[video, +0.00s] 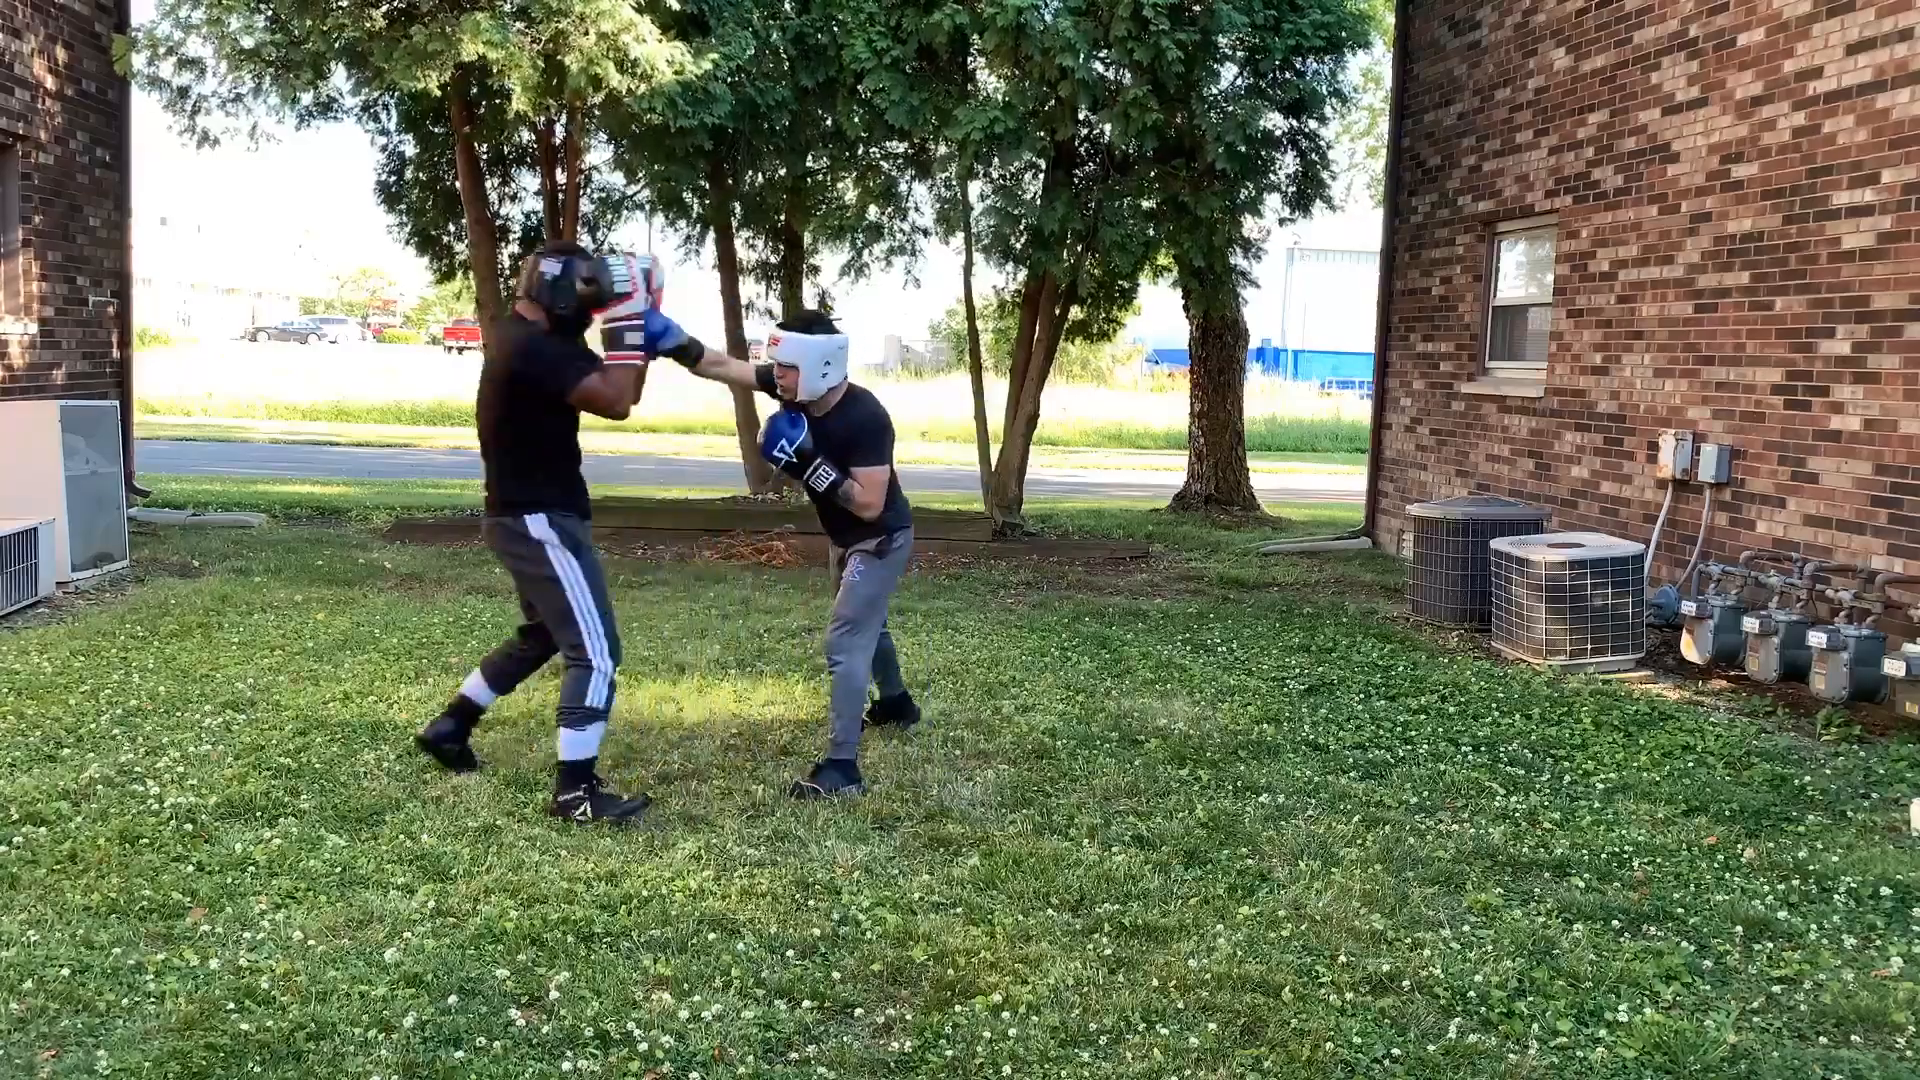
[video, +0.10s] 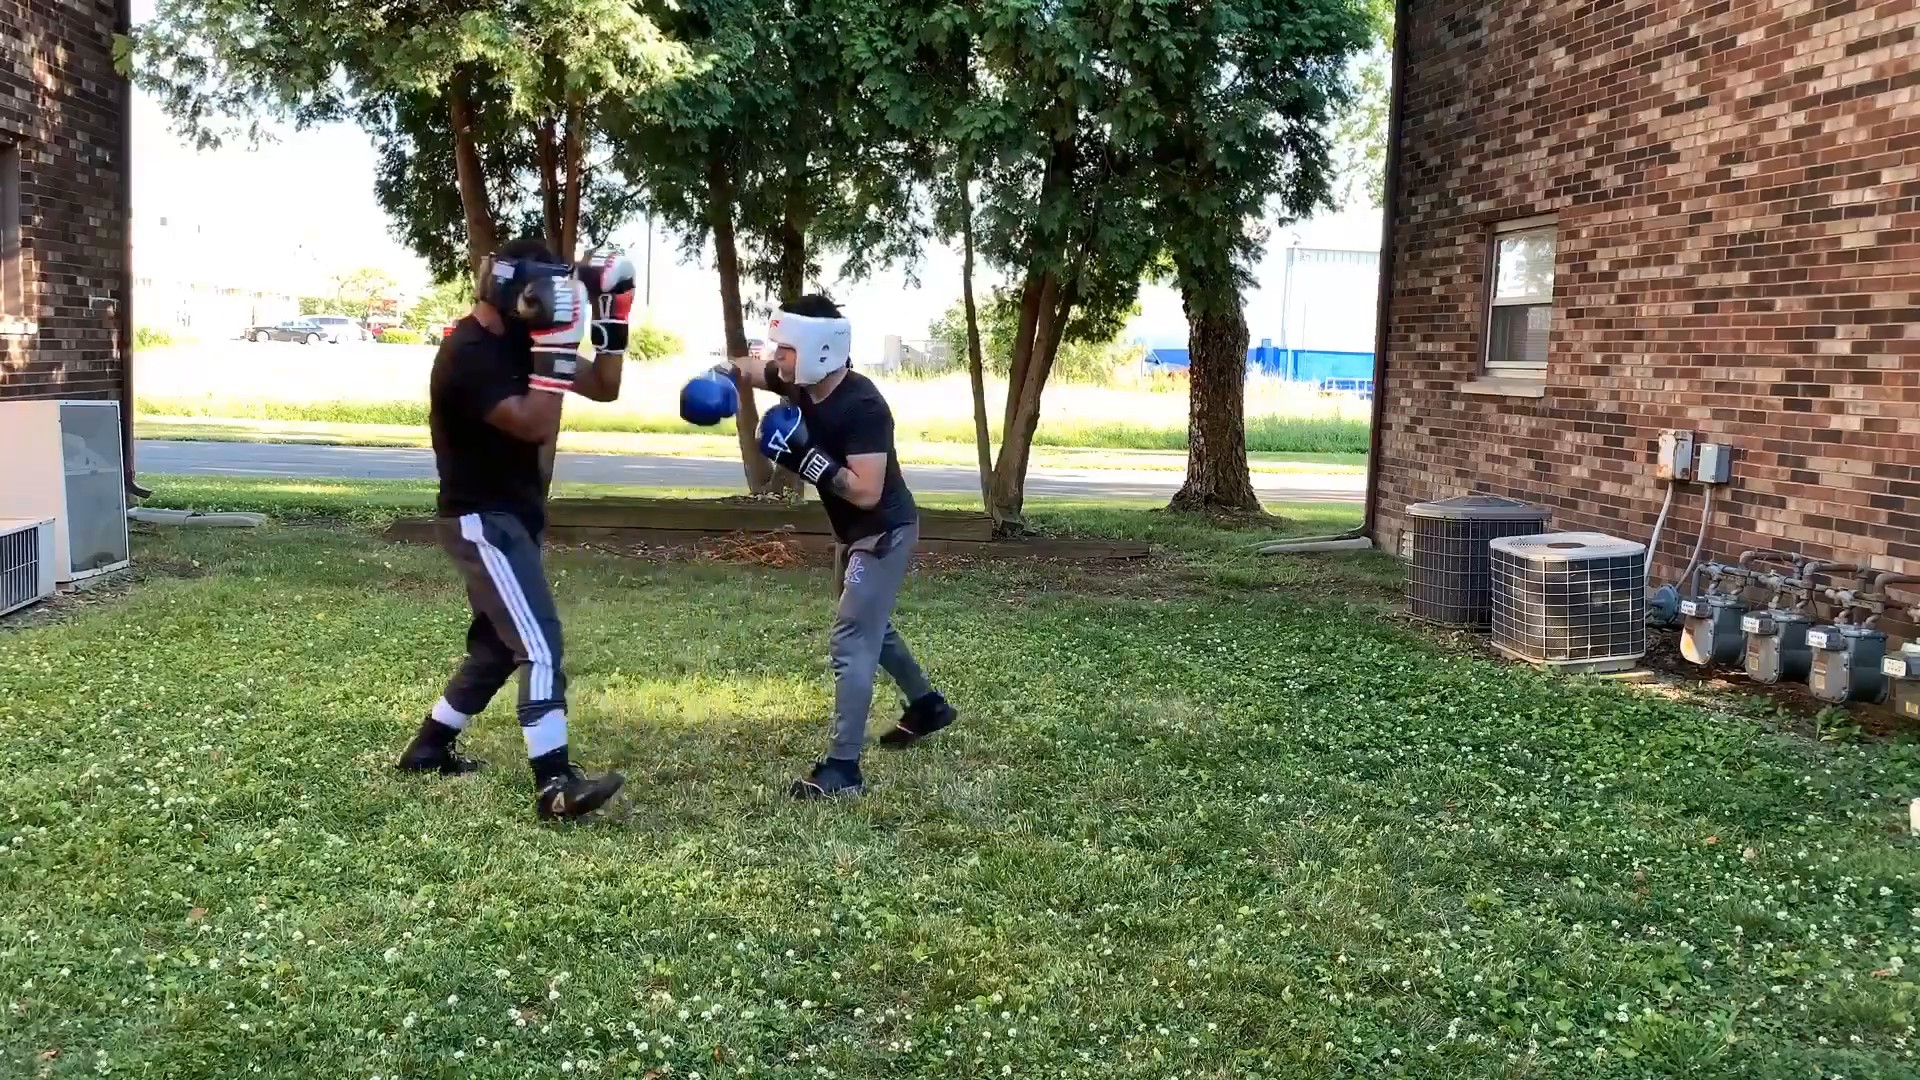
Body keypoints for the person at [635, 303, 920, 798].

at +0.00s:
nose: (778, 375)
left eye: (787, 368)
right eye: (778, 366)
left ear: (822, 373)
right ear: (816, 369)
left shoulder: (865, 419)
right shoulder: (797, 389)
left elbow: (870, 505)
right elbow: (722, 366)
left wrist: (805, 462)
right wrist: (676, 341)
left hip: (882, 539)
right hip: (847, 535)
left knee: (847, 640)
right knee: (865, 621)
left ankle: (842, 766)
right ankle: (895, 701)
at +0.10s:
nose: (776, 358)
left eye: (786, 350)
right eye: (778, 349)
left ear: (821, 355)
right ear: (809, 355)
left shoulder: (862, 405)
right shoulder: (803, 384)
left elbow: (866, 492)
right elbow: (756, 370)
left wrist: (803, 454)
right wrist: (726, 375)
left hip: (885, 534)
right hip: (852, 531)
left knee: (851, 642)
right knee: (868, 626)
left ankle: (842, 768)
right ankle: (926, 706)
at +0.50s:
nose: (783, 339)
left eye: (789, 328)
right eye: (783, 328)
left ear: (817, 330)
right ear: (838, 330)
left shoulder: (829, 383)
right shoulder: (867, 377)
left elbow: (855, 458)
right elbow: (876, 458)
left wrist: (820, 496)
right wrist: (810, 460)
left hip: (865, 538)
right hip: (907, 530)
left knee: (791, 634)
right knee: (911, 649)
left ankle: (816, 761)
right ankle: (946, 757)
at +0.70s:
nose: (756, 351)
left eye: (761, 341)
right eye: (757, 342)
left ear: (787, 343)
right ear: (808, 344)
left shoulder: (806, 388)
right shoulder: (833, 387)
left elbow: (804, 477)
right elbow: (770, 473)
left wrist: (756, 493)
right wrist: (754, 422)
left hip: (836, 553)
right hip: (872, 546)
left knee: (749, 650)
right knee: (889, 656)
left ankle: (714, 777)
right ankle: (945, 754)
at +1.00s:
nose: (661, 341)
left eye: (665, 334)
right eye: (662, 335)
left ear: (685, 332)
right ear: (723, 331)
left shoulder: (684, 358)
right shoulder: (771, 380)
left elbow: (588, 346)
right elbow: (810, 458)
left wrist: (528, 311)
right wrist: (755, 440)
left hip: (741, 536)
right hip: (804, 527)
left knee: (685, 642)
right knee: (809, 639)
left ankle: (698, 771)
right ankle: (846, 748)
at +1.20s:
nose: (641, 396)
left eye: (644, 388)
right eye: (641, 388)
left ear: (659, 385)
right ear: (709, 383)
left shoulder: (663, 406)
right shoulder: (753, 434)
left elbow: (574, 376)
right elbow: (799, 516)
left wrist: (534, 335)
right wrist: (744, 539)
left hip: (696, 577)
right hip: (767, 582)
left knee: (598, 658)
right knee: (781, 688)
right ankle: (821, 801)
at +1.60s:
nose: (541, 357)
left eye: (544, 347)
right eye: (541, 347)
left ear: (563, 349)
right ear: (608, 349)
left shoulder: (569, 395)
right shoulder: (642, 400)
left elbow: (524, 461)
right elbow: (640, 481)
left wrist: (473, 452)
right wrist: (575, 503)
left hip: (600, 572)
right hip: (670, 564)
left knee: (546, 662)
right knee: (724, 668)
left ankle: (543, 789)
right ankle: (790, 774)